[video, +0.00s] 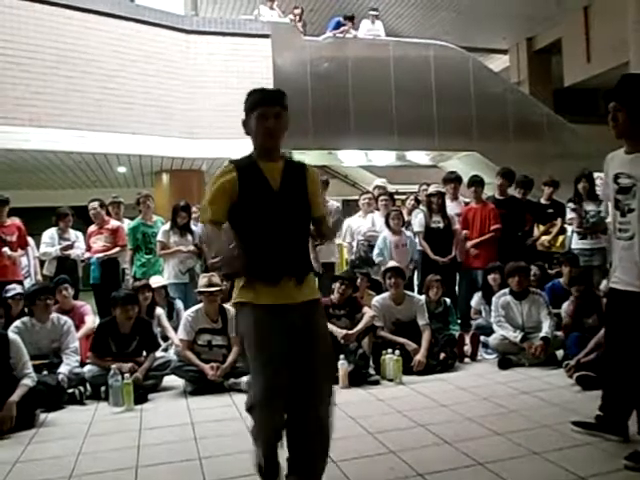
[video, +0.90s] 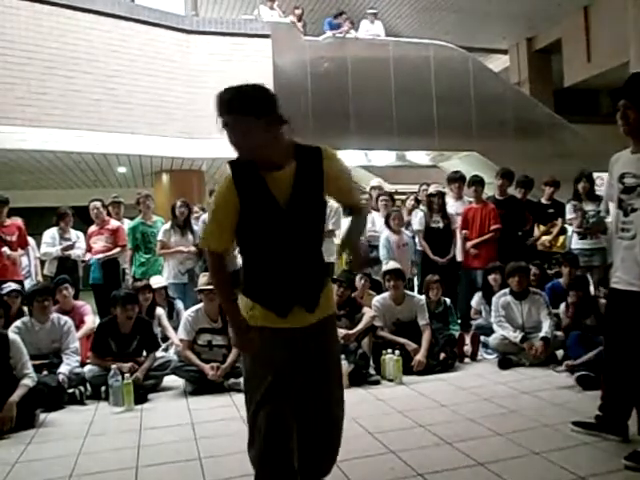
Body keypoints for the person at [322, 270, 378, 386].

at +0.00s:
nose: (343, 288)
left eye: (347, 286)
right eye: (341, 284)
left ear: (351, 291)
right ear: (334, 285)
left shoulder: (353, 302)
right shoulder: (324, 303)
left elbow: (371, 314)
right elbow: (321, 322)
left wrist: (354, 333)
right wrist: (337, 331)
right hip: (331, 345)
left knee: (369, 325)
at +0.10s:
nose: (343, 289)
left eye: (347, 287)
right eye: (341, 284)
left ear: (351, 291)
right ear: (334, 285)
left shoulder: (353, 302)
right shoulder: (323, 303)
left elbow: (371, 314)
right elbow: (319, 320)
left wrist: (354, 332)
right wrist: (337, 331)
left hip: (352, 346)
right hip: (331, 345)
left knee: (369, 326)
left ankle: (365, 368)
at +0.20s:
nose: (342, 291)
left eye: (347, 288)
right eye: (340, 286)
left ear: (351, 292)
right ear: (334, 285)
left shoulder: (352, 301)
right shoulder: (325, 303)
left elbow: (371, 314)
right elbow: (322, 322)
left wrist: (354, 332)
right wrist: (337, 331)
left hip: (352, 345)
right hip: (332, 344)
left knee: (369, 325)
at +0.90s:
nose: (341, 291)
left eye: (346, 289)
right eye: (339, 286)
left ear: (351, 291)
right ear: (334, 285)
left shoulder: (352, 302)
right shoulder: (327, 302)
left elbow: (370, 314)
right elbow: (322, 324)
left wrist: (354, 332)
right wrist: (338, 332)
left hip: (352, 344)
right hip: (333, 344)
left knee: (369, 325)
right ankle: (363, 369)